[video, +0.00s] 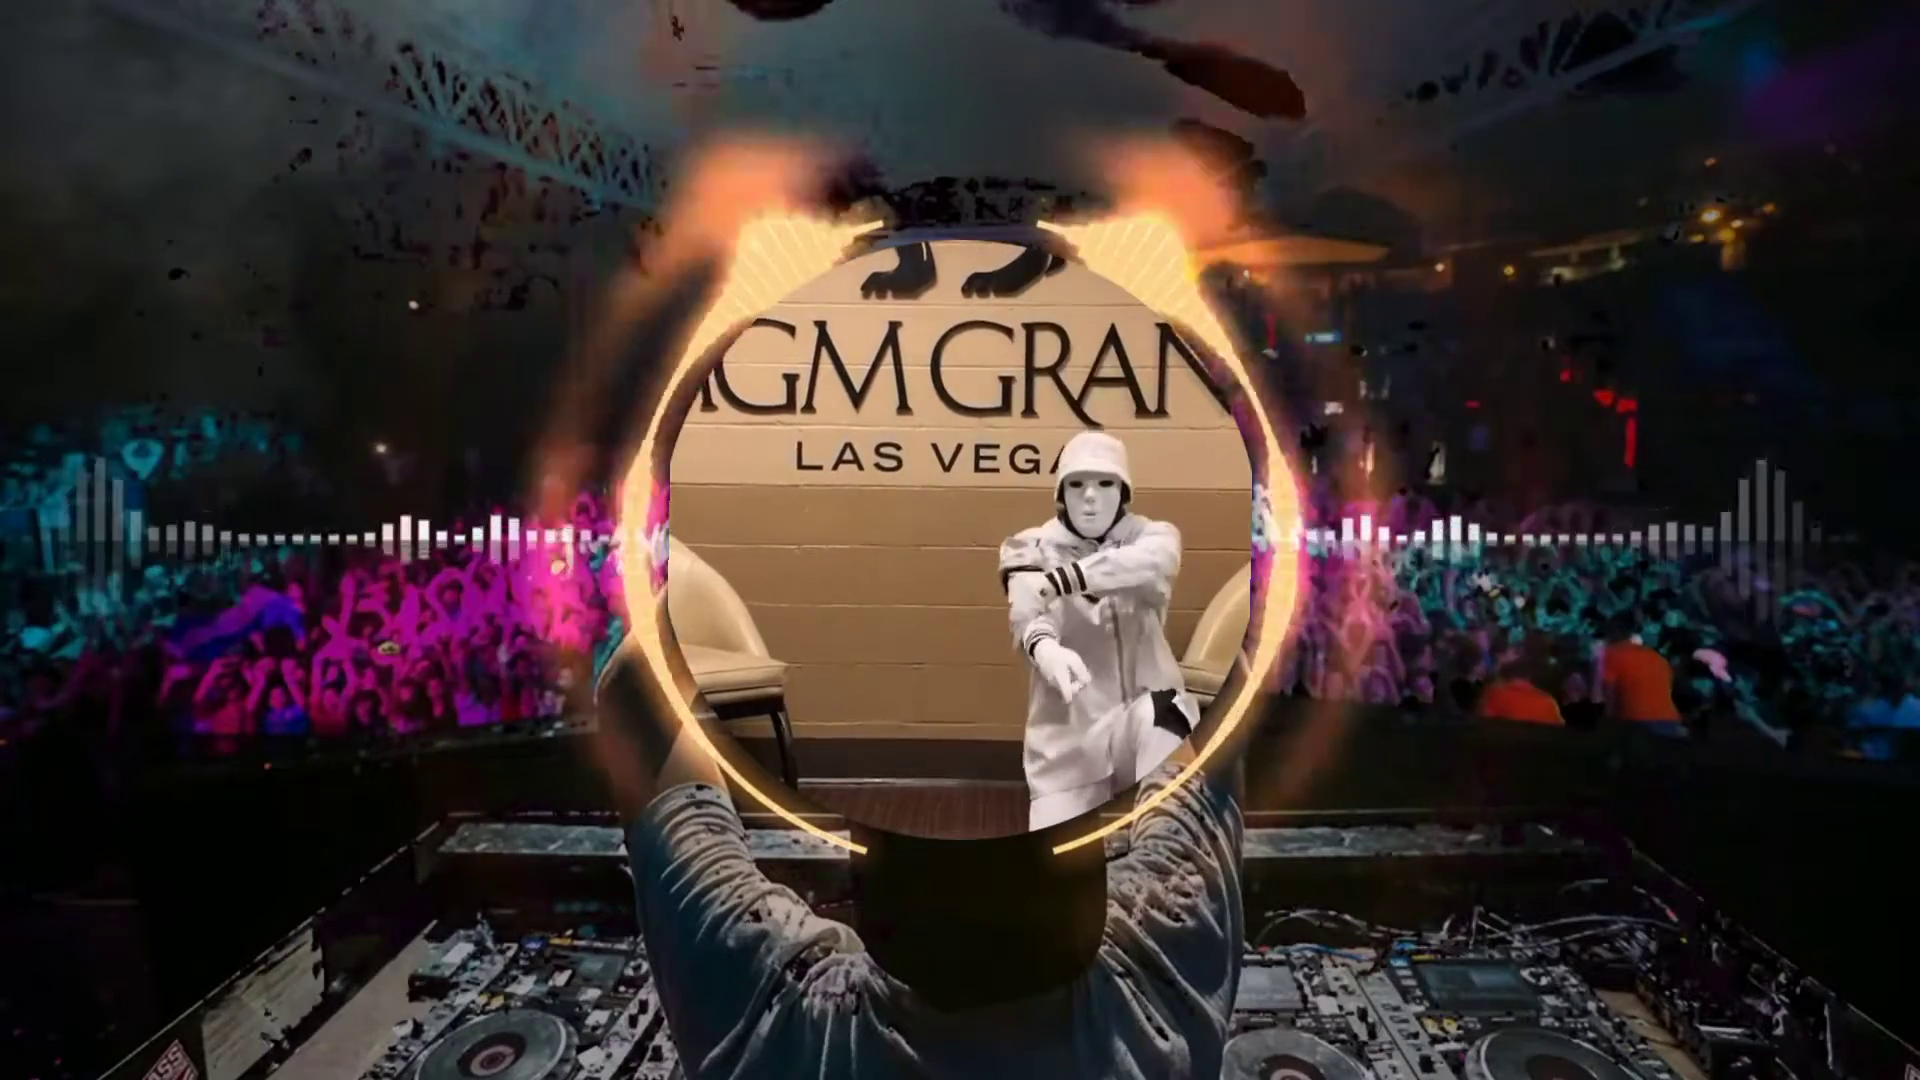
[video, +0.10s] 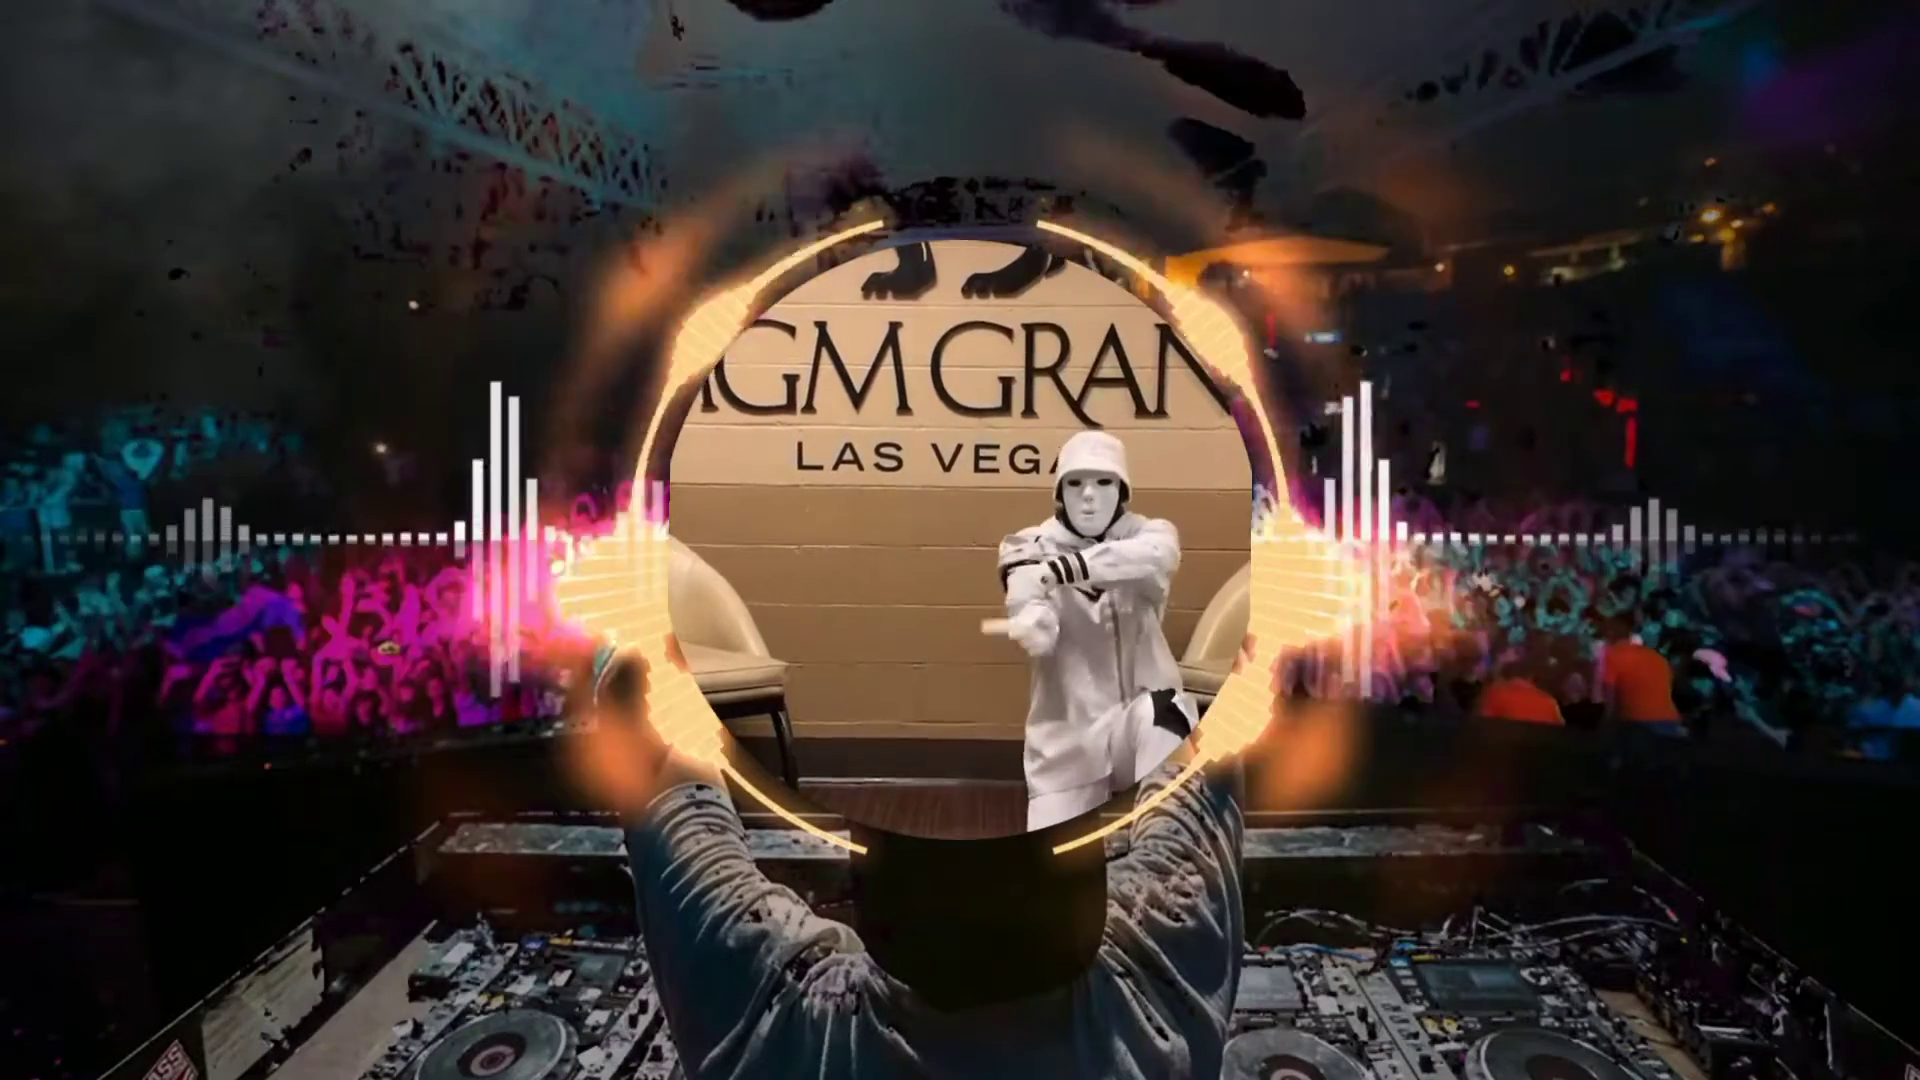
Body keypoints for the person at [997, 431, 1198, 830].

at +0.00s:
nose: (1090, 497)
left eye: (1104, 484)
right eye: (1077, 485)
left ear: (1123, 492)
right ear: (1060, 493)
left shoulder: (1154, 536)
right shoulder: (1029, 548)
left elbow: (1152, 566)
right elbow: (1028, 609)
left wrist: (1064, 580)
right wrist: (1046, 647)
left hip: (1140, 733)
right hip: (1064, 749)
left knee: (1165, 707)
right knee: (1062, 877)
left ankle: (1159, 841)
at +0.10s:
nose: (1088, 496)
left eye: (1103, 483)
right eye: (1076, 483)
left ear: (1122, 491)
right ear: (1059, 492)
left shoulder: (1151, 534)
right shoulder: (1028, 547)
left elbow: (1153, 559)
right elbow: (1029, 596)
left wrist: (1062, 571)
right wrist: (1035, 624)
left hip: (1140, 732)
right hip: (1064, 747)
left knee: (1164, 706)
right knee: (1062, 876)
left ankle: (1160, 835)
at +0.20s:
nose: (1089, 497)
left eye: (1103, 484)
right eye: (1075, 484)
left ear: (1122, 493)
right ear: (1060, 493)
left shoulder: (1151, 535)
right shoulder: (1029, 546)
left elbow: (1154, 562)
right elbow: (1024, 590)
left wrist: (1057, 574)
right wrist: (1037, 625)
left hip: (1140, 725)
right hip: (1065, 743)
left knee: (1165, 707)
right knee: (1056, 871)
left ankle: (1159, 836)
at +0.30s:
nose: (1091, 497)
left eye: (1104, 484)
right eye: (1078, 484)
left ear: (1123, 492)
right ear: (1063, 492)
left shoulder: (1154, 538)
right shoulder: (1031, 548)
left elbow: (1160, 569)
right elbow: (1024, 597)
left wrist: (1060, 583)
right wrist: (1036, 635)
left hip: (1141, 729)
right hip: (1066, 744)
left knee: (1167, 709)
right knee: (1058, 874)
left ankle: (1158, 843)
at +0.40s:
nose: (1094, 497)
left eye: (1108, 484)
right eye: (1081, 485)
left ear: (1127, 493)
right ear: (1065, 494)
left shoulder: (1156, 539)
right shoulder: (1033, 550)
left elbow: (1164, 575)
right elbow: (1023, 603)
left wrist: (1067, 590)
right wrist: (1029, 638)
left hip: (1139, 729)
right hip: (1065, 744)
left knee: (1167, 707)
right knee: (1058, 875)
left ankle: (1159, 838)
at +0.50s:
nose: (1095, 498)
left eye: (1110, 485)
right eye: (1082, 486)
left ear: (1128, 494)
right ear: (1066, 494)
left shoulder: (1157, 540)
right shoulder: (1027, 550)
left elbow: (1166, 576)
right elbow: (1016, 613)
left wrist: (1068, 595)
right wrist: (1044, 662)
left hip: (1138, 732)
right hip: (1064, 743)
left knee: (1165, 707)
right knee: (1057, 870)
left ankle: (1162, 835)